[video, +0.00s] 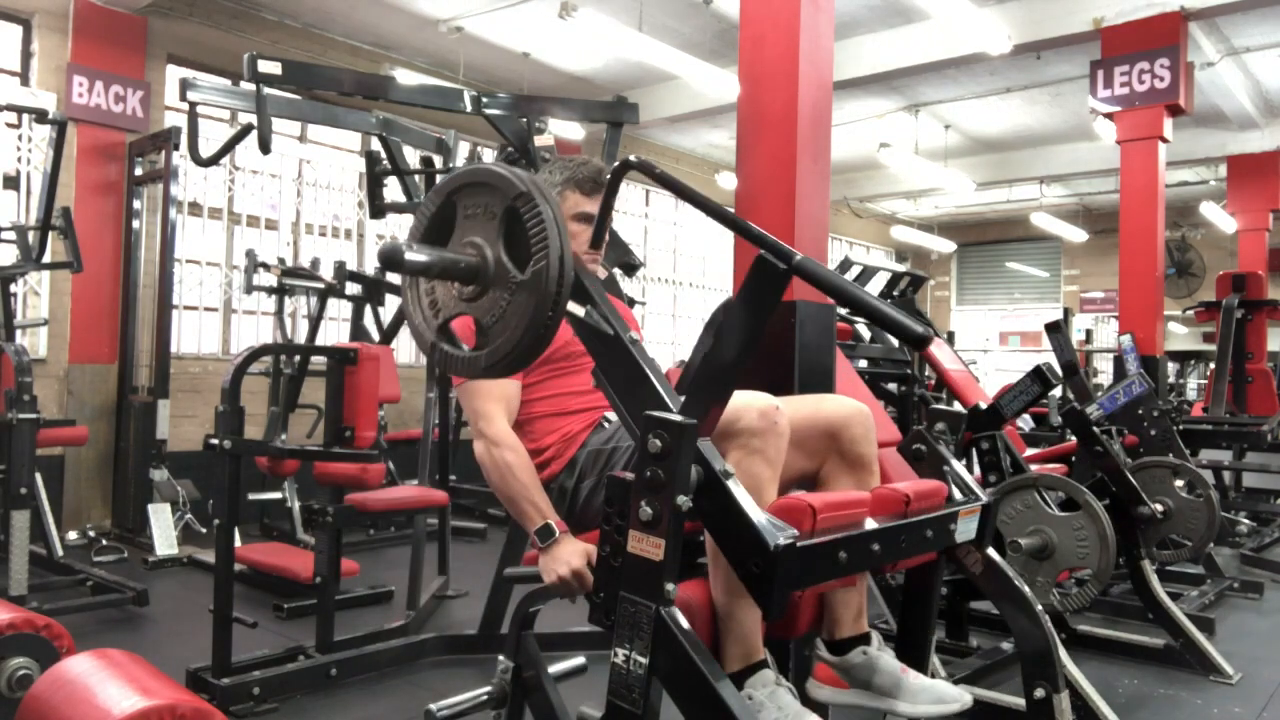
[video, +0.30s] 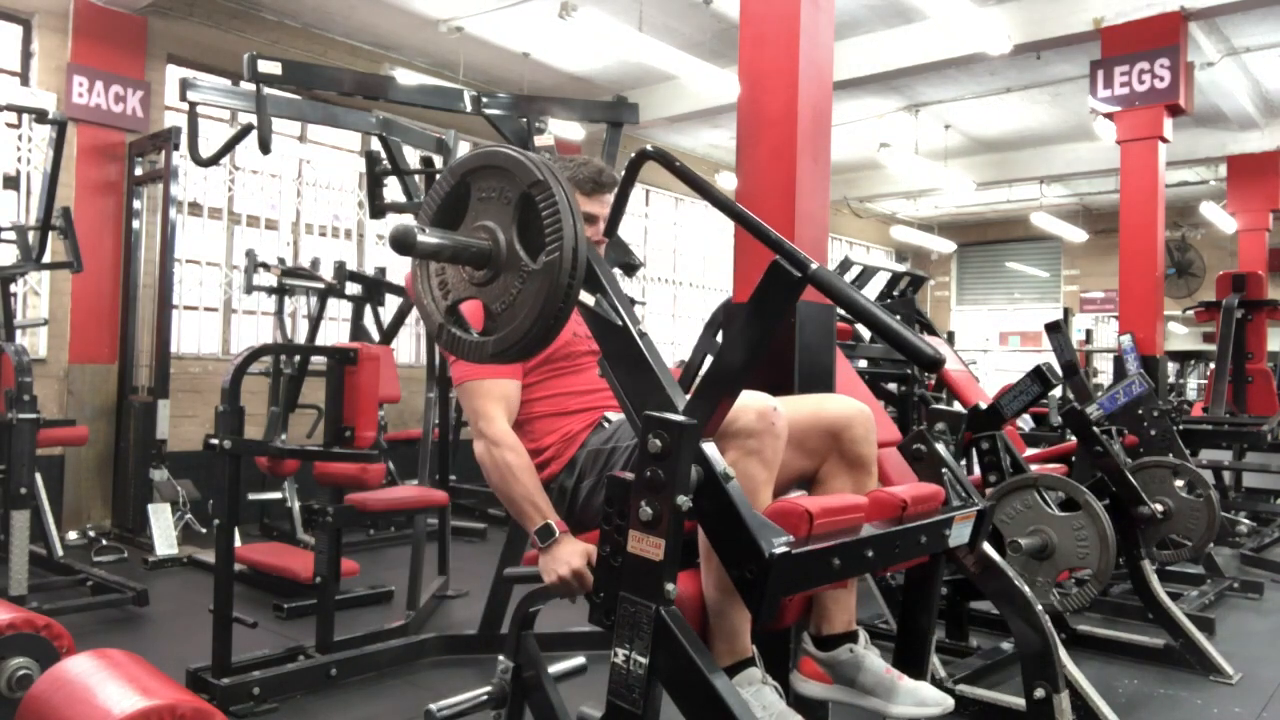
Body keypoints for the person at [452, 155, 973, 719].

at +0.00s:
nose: (598, 237)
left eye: (604, 224)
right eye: (584, 221)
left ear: (606, 229)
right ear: (541, 221)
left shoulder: (607, 303)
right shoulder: (501, 303)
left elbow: (644, 390)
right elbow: (492, 436)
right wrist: (550, 536)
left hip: (655, 444)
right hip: (587, 466)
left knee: (849, 422)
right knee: (754, 419)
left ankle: (849, 643)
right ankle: (745, 669)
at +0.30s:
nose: (601, 239)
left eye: (606, 226)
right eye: (589, 223)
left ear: (605, 225)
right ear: (544, 218)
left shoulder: (581, 299)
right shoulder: (493, 301)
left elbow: (612, 399)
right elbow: (492, 435)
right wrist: (549, 536)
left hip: (643, 443)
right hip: (583, 464)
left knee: (849, 425)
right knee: (755, 420)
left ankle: (834, 642)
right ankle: (734, 661)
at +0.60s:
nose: (595, 241)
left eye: (601, 228)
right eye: (582, 224)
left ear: (603, 230)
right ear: (538, 221)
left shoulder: (588, 294)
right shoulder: (497, 301)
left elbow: (623, 391)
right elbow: (490, 435)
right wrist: (550, 537)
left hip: (645, 437)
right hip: (584, 464)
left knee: (850, 426)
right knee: (756, 426)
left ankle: (839, 643)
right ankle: (738, 666)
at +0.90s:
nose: (599, 239)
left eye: (605, 228)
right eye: (586, 224)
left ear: (605, 236)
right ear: (539, 226)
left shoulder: (610, 306)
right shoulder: (502, 299)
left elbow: (649, 392)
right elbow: (490, 436)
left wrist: (717, 412)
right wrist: (550, 538)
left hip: (653, 445)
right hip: (585, 467)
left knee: (851, 423)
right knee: (755, 429)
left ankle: (877, 644)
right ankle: (768, 678)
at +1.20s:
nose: (599, 240)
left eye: (606, 228)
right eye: (586, 227)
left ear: (609, 230)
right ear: (540, 222)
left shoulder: (613, 308)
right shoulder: (501, 296)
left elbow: (649, 404)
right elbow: (485, 430)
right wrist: (551, 536)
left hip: (661, 443)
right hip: (585, 464)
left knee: (852, 418)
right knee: (759, 424)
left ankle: (919, 644)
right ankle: (820, 683)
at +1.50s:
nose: (597, 236)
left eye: (604, 225)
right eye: (583, 223)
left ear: (603, 230)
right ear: (538, 222)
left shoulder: (613, 305)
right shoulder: (496, 299)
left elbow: (657, 400)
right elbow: (486, 423)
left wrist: (732, 413)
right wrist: (552, 534)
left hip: (665, 437)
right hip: (587, 457)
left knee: (852, 416)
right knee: (762, 431)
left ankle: (960, 634)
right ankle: (862, 677)